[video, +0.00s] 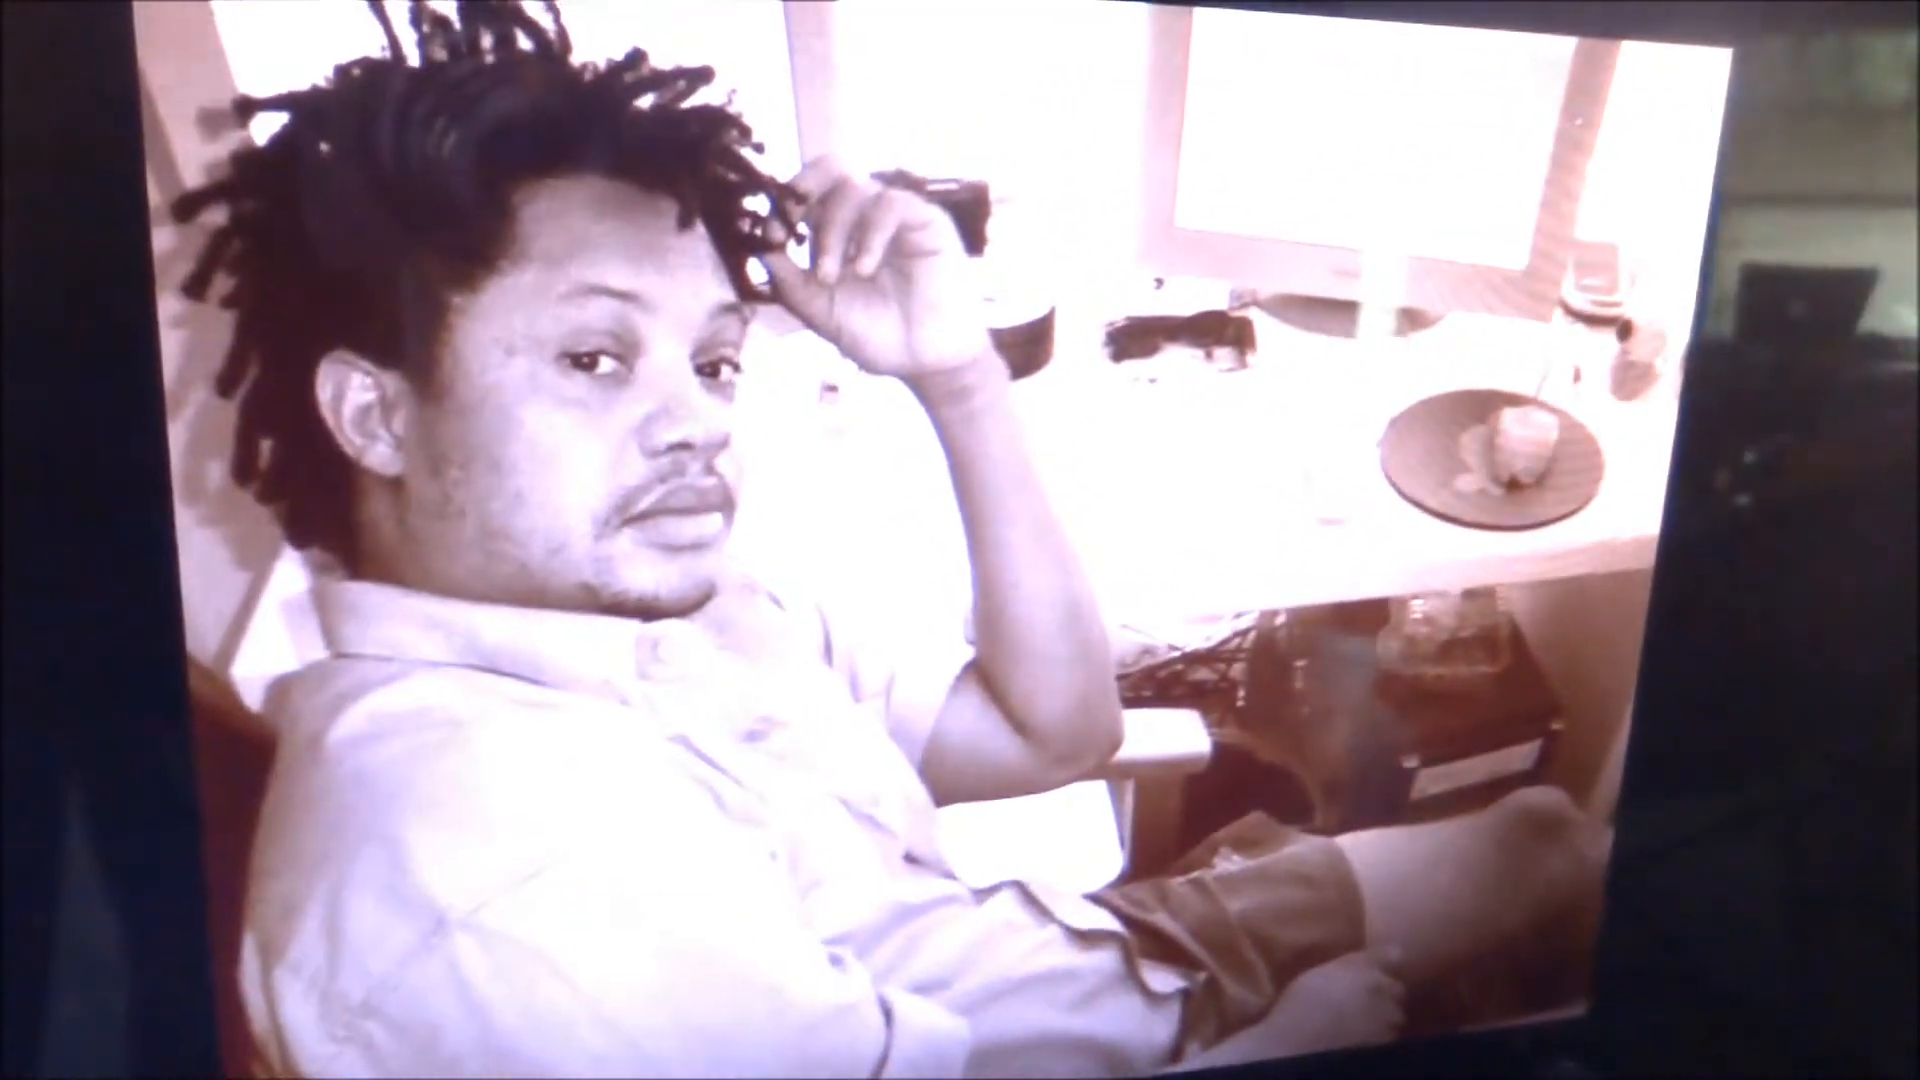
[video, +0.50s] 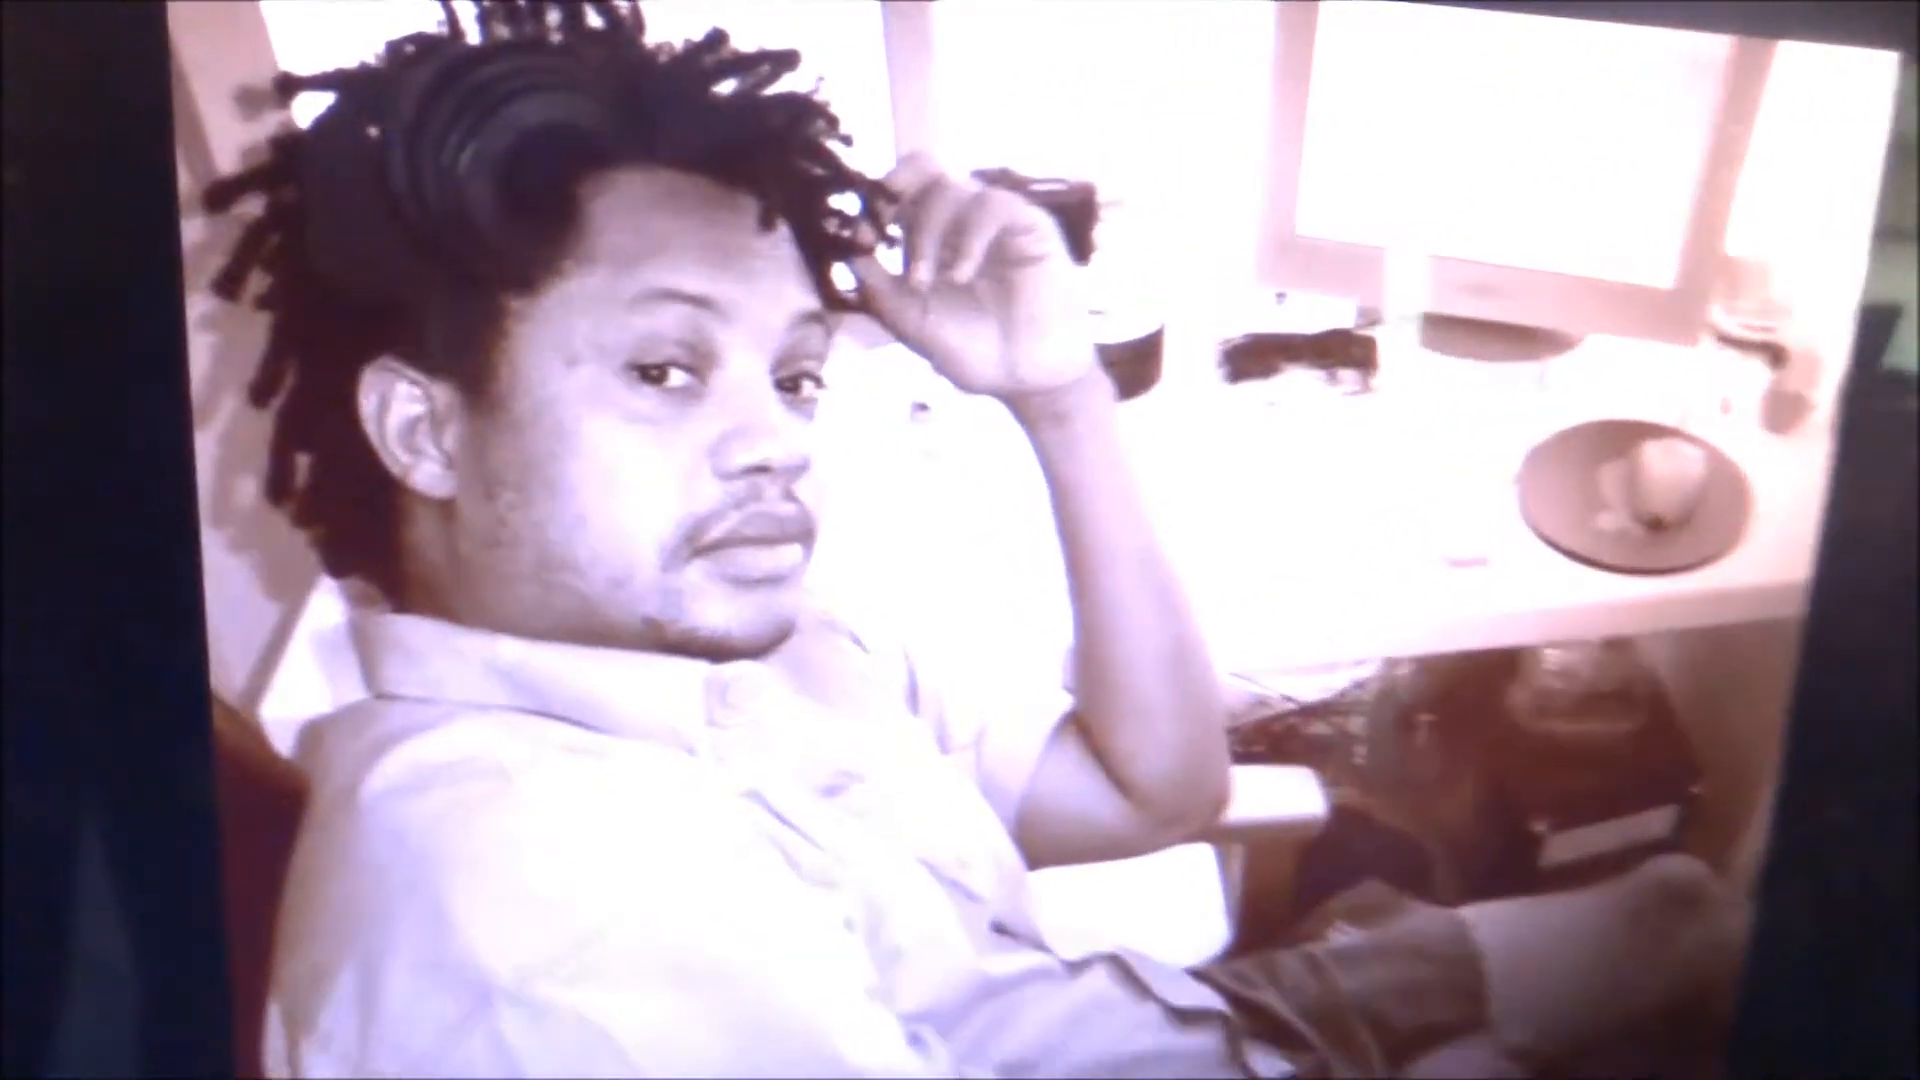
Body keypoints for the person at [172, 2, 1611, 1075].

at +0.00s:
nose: (701, 425)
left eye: (709, 358)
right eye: (594, 358)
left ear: (744, 356)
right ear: (369, 411)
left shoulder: (688, 613)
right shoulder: (452, 835)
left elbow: (1052, 736)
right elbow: (910, 1053)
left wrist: (957, 380)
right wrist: (1356, 962)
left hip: (1070, 931)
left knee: (1537, 820)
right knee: (1570, 857)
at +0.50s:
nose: (777, 456)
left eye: (788, 383)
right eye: (665, 375)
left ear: (826, 391)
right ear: (418, 428)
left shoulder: (771, 663)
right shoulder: (498, 875)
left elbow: (1159, 790)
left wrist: (1059, 394)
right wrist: (1459, 1036)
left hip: (1213, 1015)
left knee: (1683, 906)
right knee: (1710, 948)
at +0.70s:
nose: (902, 504)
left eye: (920, 426)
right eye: (783, 416)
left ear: (959, 437)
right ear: (503, 480)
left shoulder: (905, 776)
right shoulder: (581, 976)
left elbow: (1316, 876)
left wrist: (1216, 442)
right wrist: (1659, 1061)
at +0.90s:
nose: (1012, 587)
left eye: (1033, 503)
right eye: (863, 491)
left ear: (1072, 509)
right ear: (545, 576)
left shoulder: (1055, 873)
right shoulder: (601, 1026)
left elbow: (1463, 1024)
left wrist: (1371, 537)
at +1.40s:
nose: (1182, 601)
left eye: (1211, 495)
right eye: (1005, 480)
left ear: (1258, 503)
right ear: (598, 584)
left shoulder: (1250, 963)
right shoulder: (463, 1044)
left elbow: (1692, 1048)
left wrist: (1603, 523)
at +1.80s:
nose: (1095, 591)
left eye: (1125, 478)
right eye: (896, 461)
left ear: (1174, 487)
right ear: (446, 581)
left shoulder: (1182, 1000)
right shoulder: (227, 1042)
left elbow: (1649, 1052)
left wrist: (1549, 512)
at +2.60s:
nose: (939, 655)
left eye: (970, 563)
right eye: (797, 549)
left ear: (1009, 565)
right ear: (455, 631)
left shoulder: (1021, 963)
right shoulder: (392, 1034)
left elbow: (1399, 1054)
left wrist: (1311, 590)